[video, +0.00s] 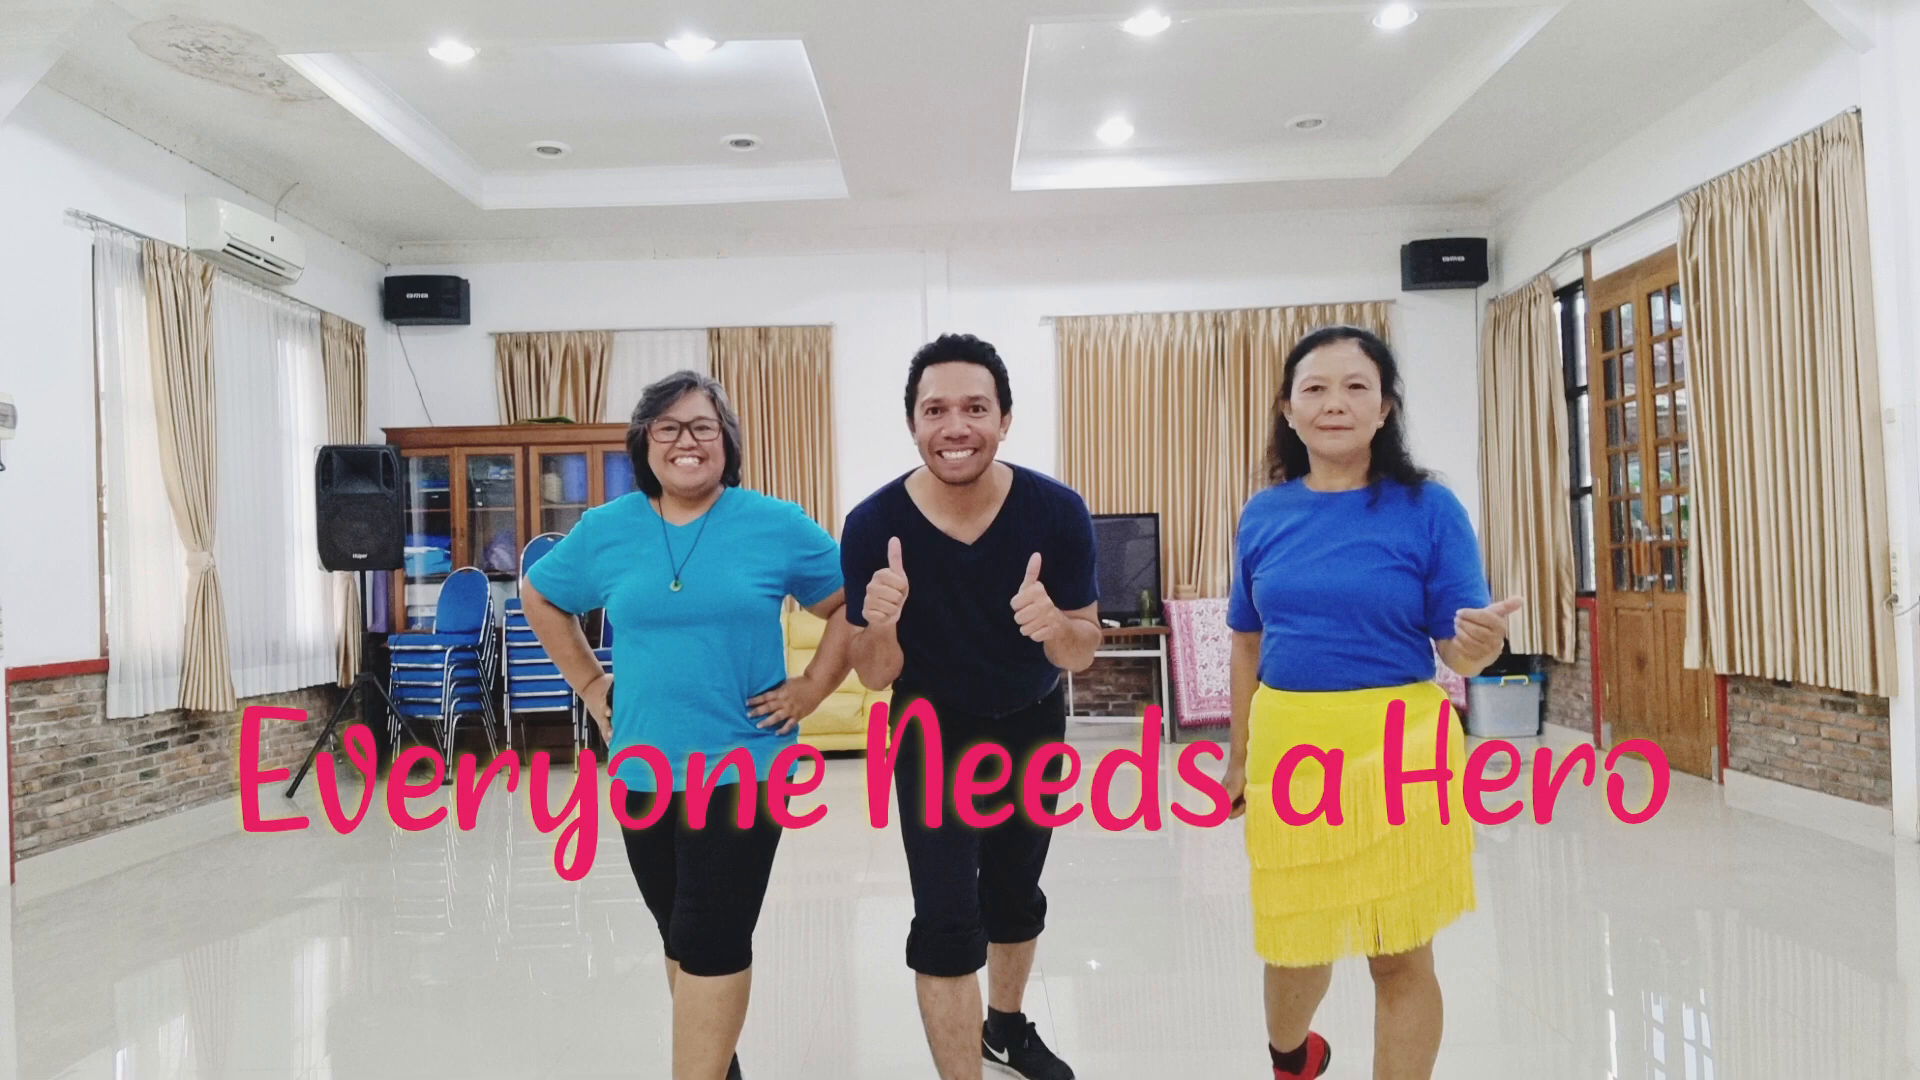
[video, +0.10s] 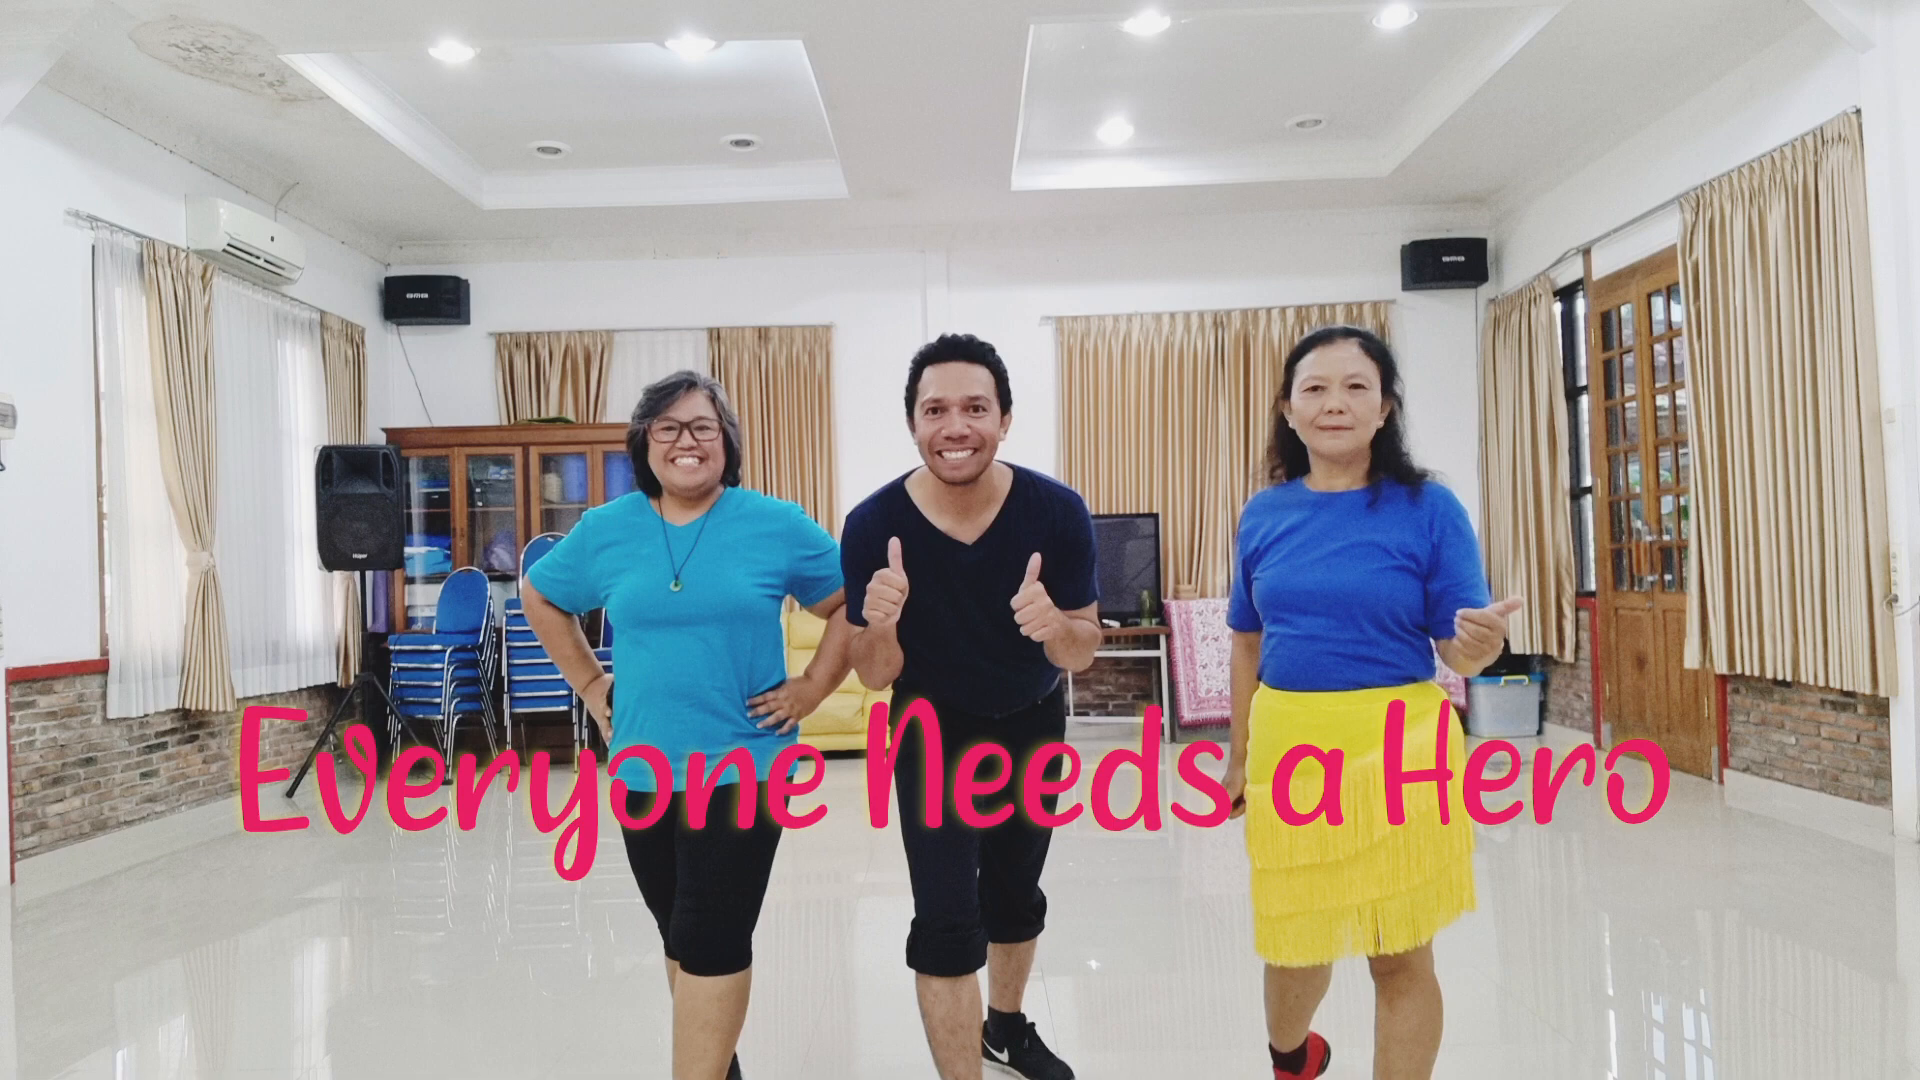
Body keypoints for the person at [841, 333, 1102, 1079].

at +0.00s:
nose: (955, 426)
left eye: (975, 408)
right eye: (936, 409)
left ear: (1004, 421)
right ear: (913, 424)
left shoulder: (1059, 514)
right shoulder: (873, 526)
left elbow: (1080, 654)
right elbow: (875, 673)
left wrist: (1054, 626)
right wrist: (879, 627)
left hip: (1030, 722)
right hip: (930, 726)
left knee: (1016, 894)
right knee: (948, 920)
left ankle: (1005, 1026)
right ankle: (959, 1075)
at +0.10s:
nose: (955, 426)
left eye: (975, 408)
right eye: (936, 409)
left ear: (1004, 421)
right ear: (913, 424)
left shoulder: (1059, 514)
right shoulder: (873, 526)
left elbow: (1080, 654)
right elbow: (875, 673)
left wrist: (1054, 626)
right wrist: (879, 627)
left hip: (1030, 722)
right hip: (930, 726)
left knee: (1016, 894)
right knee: (948, 920)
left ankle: (1005, 1026)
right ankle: (959, 1075)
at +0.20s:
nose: (955, 426)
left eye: (975, 408)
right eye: (936, 409)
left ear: (1004, 421)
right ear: (913, 424)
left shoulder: (1059, 514)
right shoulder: (873, 526)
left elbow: (1080, 654)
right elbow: (875, 673)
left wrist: (1054, 626)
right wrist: (879, 627)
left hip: (1030, 722)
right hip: (930, 726)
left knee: (1016, 894)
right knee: (948, 920)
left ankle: (1005, 1026)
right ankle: (959, 1075)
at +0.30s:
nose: (955, 426)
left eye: (975, 408)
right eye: (936, 409)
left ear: (1004, 421)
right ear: (913, 424)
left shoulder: (1059, 514)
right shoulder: (873, 526)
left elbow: (1080, 654)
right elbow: (875, 673)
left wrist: (1054, 626)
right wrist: (879, 627)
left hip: (1030, 722)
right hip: (930, 726)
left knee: (1016, 894)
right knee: (948, 920)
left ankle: (1005, 1026)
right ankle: (959, 1075)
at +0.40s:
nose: (955, 426)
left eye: (975, 408)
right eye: (936, 409)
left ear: (1004, 421)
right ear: (913, 424)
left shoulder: (1059, 514)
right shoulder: (873, 526)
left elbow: (1080, 654)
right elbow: (875, 673)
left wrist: (1054, 626)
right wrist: (879, 627)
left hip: (1030, 722)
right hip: (930, 726)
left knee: (1016, 894)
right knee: (948, 920)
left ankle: (1005, 1026)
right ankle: (959, 1075)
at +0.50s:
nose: (955, 430)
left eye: (974, 412)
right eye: (936, 414)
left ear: (1004, 425)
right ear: (913, 428)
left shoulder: (1059, 518)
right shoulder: (872, 531)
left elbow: (1081, 657)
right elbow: (875, 677)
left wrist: (1055, 630)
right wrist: (879, 631)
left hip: (1030, 728)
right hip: (929, 732)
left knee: (1015, 901)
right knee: (949, 928)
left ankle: (1006, 1031)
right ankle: (959, 1077)